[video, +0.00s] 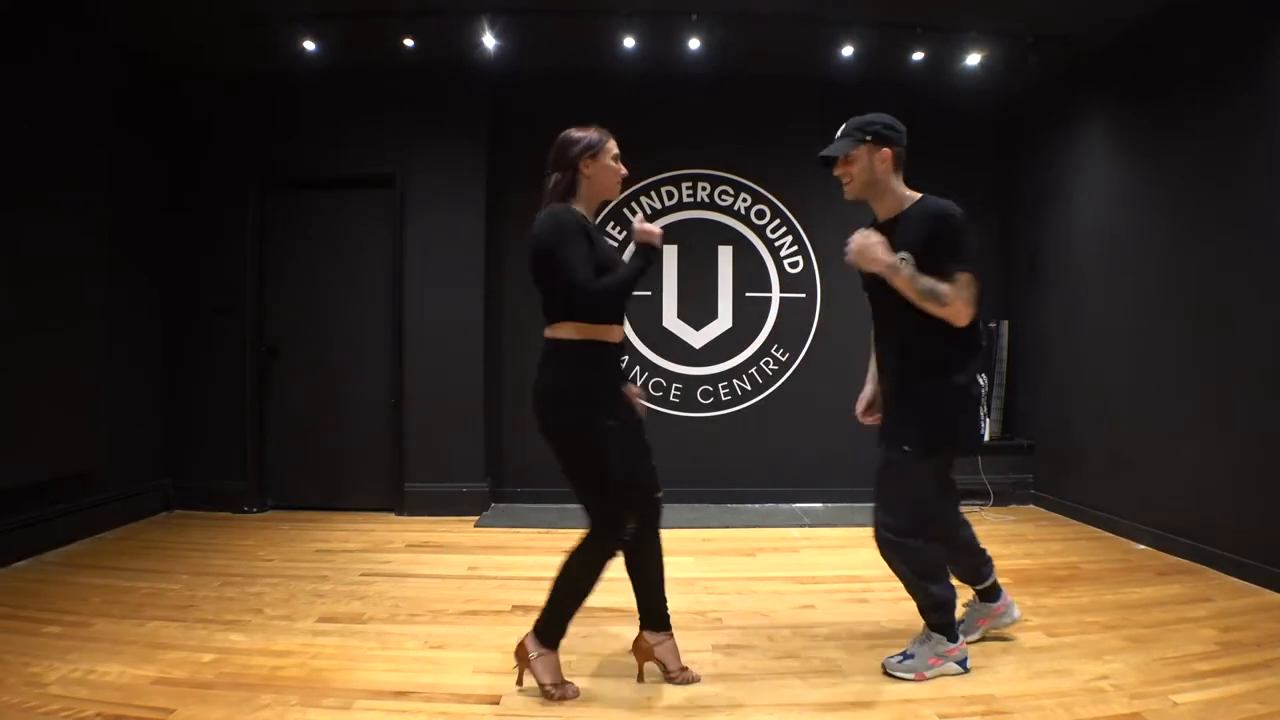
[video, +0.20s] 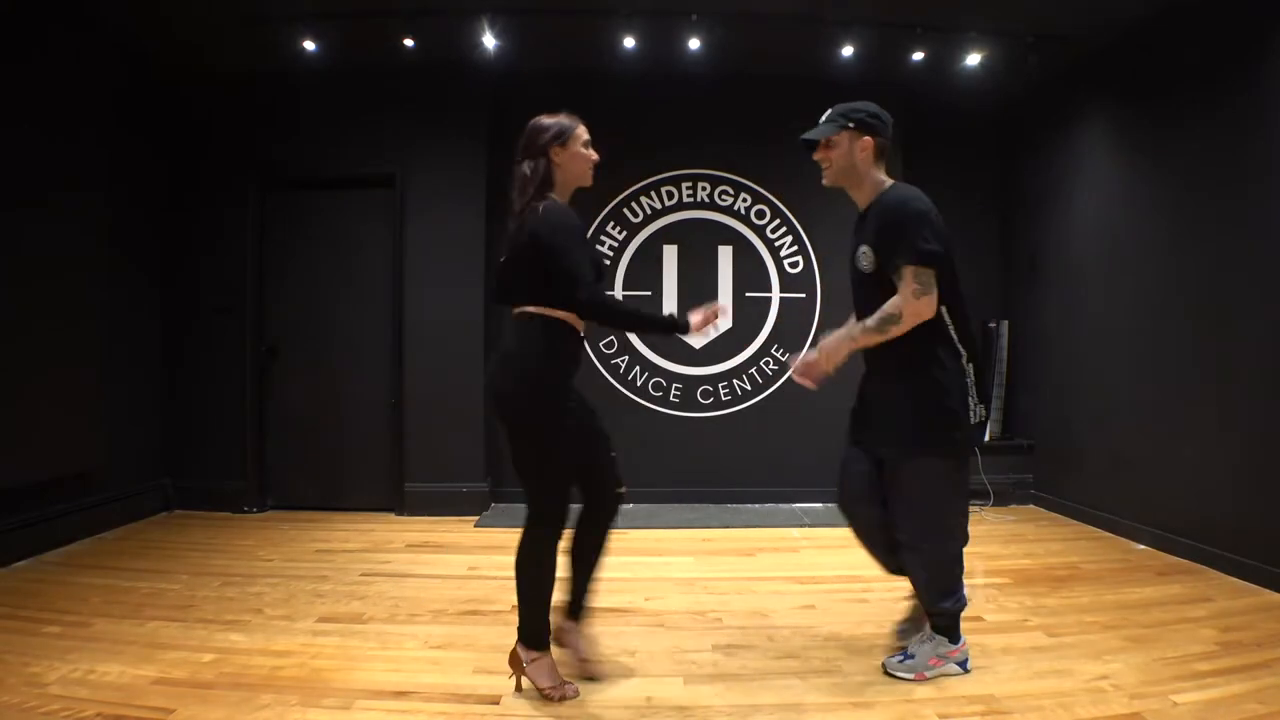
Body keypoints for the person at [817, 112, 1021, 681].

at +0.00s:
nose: (839, 172)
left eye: (848, 160)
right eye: (838, 162)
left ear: (884, 158)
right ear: (870, 164)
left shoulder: (941, 219)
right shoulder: (873, 234)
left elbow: (961, 310)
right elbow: (888, 320)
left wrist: (889, 265)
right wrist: (875, 381)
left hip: (941, 397)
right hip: (908, 397)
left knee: (897, 523)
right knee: (931, 505)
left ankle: (943, 640)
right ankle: (992, 599)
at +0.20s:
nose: (818, 154)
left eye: (829, 143)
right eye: (818, 145)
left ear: (865, 144)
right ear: (853, 149)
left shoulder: (904, 207)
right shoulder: (868, 219)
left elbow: (920, 301)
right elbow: (876, 311)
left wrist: (841, 343)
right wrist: (827, 350)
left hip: (929, 392)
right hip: (886, 391)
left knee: (927, 509)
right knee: (861, 496)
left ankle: (946, 640)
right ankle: (931, 588)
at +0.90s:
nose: (667, 165)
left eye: (673, 151)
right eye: (666, 154)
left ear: (707, 141)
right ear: (707, 146)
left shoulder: (738, 214)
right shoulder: (727, 215)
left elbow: (719, 314)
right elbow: (703, 311)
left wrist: (623, 313)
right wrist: (626, 308)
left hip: (708, 412)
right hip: (702, 409)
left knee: (647, 526)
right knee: (691, 531)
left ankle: (583, 655)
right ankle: (745, 636)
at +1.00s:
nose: (644, 172)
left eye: (647, 157)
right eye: (640, 162)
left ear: (679, 140)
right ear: (683, 147)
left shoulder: (707, 213)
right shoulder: (705, 212)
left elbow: (662, 303)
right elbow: (675, 311)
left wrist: (565, 289)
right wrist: (610, 317)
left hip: (673, 408)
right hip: (667, 403)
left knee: (612, 522)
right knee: (626, 512)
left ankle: (571, 659)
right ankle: (699, 602)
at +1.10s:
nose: (630, 171)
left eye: (632, 156)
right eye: (626, 161)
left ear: (663, 141)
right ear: (668, 144)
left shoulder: (689, 212)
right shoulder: (705, 210)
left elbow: (634, 300)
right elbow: (669, 307)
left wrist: (545, 281)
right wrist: (601, 313)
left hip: (650, 398)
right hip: (662, 395)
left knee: (597, 504)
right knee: (606, 492)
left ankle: (570, 658)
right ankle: (660, 591)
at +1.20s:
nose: (623, 171)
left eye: (624, 156)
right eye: (619, 161)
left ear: (656, 140)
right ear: (659, 143)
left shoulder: (680, 211)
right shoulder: (694, 208)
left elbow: (626, 301)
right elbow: (653, 302)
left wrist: (539, 284)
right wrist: (589, 306)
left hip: (641, 387)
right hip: (646, 382)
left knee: (585, 489)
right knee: (589, 481)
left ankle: (568, 657)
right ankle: (640, 599)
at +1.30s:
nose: (617, 165)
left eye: (622, 151)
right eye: (615, 154)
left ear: (654, 142)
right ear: (659, 145)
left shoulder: (682, 213)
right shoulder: (676, 211)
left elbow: (637, 307)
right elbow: (643, 303)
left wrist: (558, 296)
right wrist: (581, 290)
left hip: (632, 394)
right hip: (627, 391)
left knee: (575, 511)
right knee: (584, 511)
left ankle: (564, 658)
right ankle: (653, 622)